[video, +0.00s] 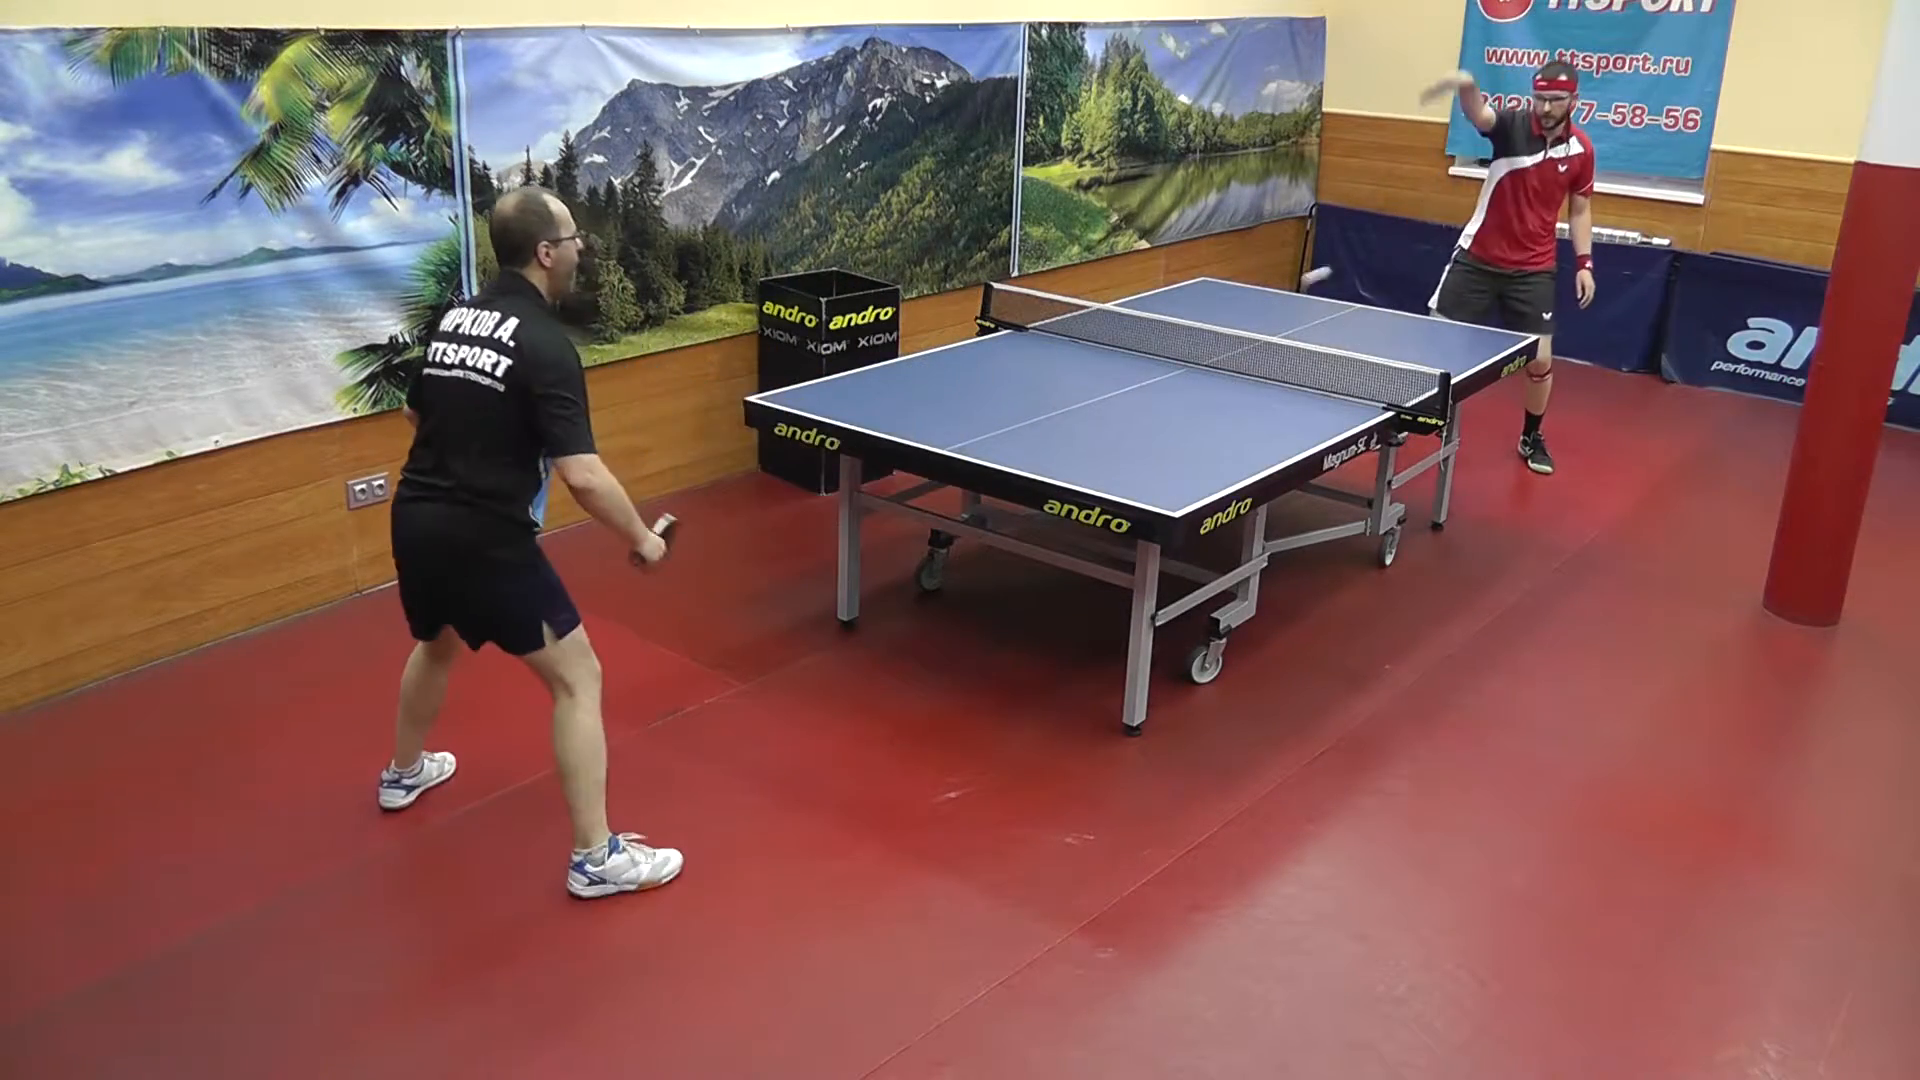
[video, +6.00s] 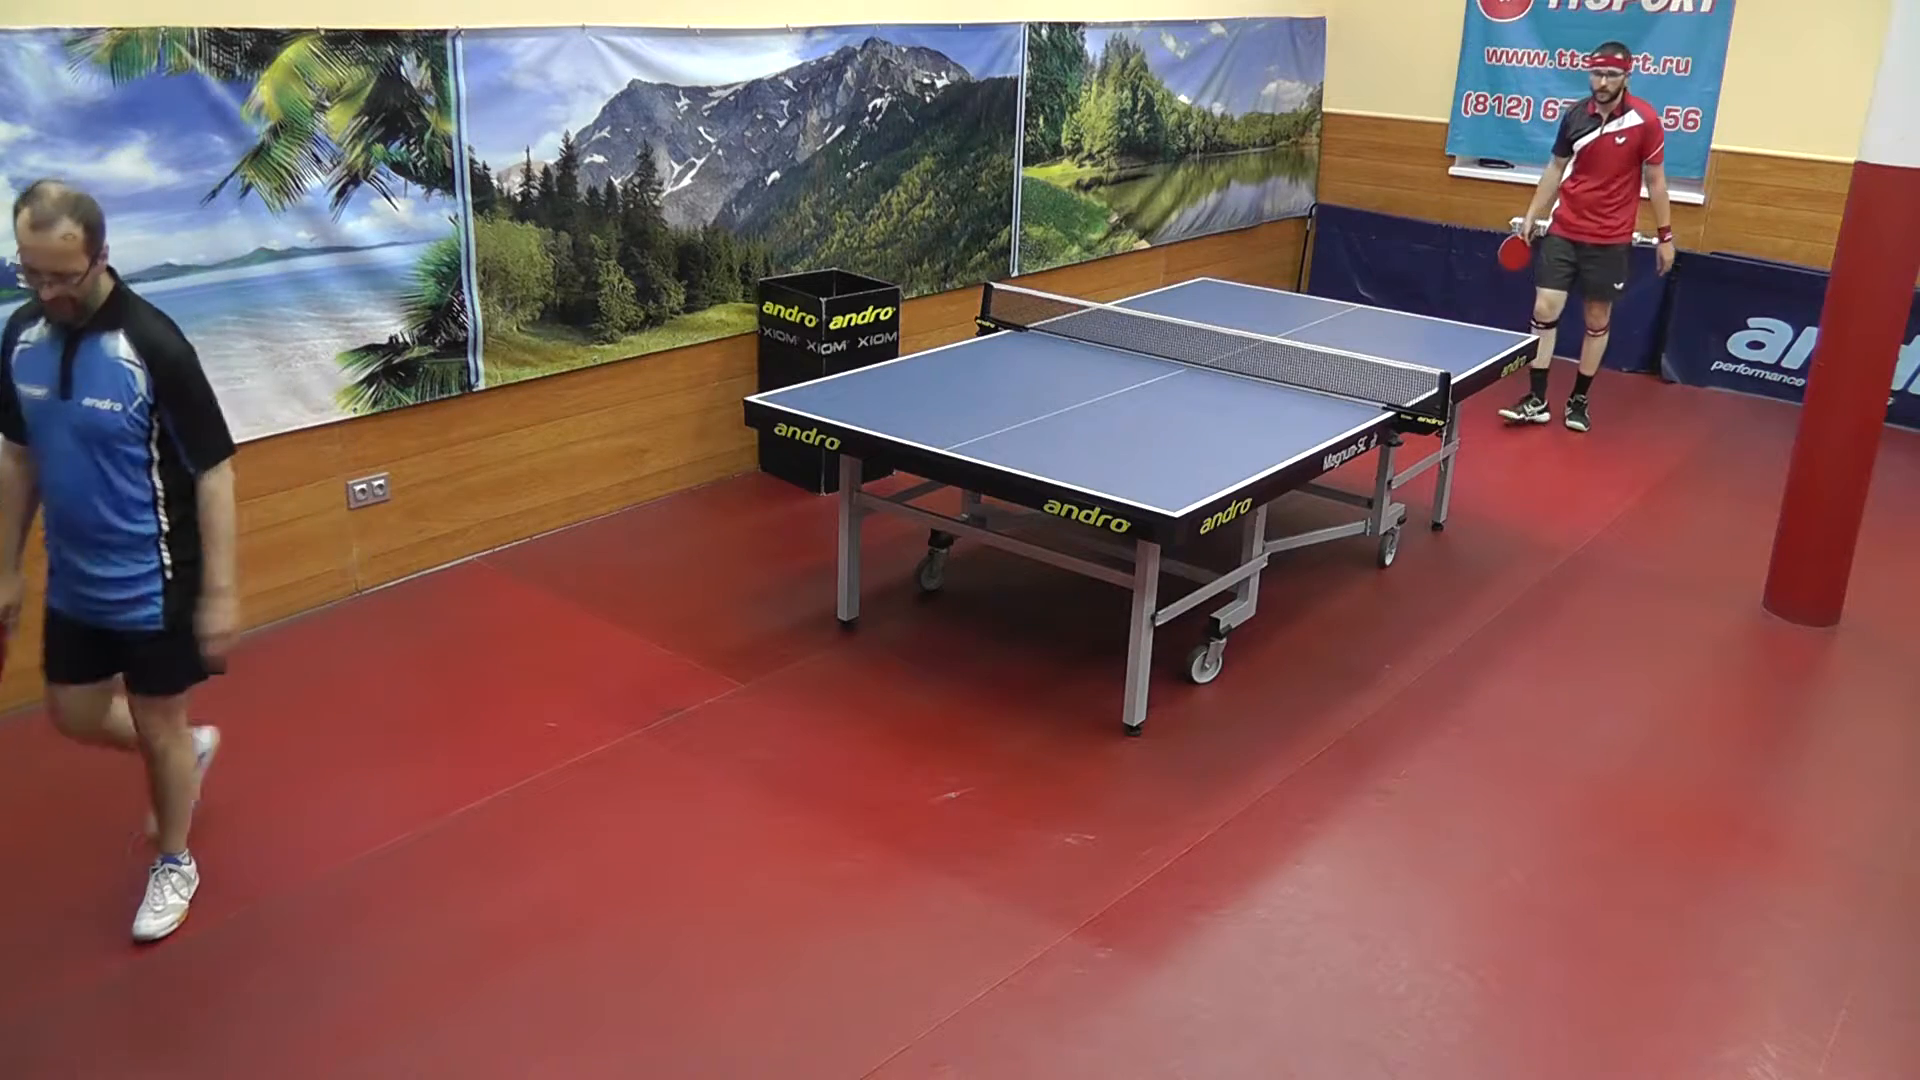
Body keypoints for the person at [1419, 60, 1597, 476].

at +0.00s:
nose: (1547, 108)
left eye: (1557, 100)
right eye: (1541, 99)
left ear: (1573, 101)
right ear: (1532, 95)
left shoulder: (1580, 149)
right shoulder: (1511, 120)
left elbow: (1580, 210)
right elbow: (1480, 116)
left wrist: (1584, 265)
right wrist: (1467, 89)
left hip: (1533, 269)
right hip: (1476, 258)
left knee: (1541, 361)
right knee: (1435, 338)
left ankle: (1532, 437)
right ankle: (1424, 410)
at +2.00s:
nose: (1504, 113)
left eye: (1514, 105)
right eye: (1500, 104)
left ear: (1534, 106)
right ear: (1494, 104)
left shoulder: (1561, 154)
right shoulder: (1484, 151)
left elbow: (1573, 216)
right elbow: (1457, 193)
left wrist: (1553, 267)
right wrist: (1442, 216)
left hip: (1531, 280)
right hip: (1478, 270)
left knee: (1539, 372)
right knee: (1431, 337)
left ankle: (1550, 438)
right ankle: (1417, 411)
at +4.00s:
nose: (1412, 97)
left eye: (1421, 88)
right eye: (1407, 88)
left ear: (1444, 89)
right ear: (1403, 91)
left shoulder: (1480, 132)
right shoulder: (1404, 142)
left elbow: (1511, 186)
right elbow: (1372, 196)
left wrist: (1514, 228)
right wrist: (1329, 202)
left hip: (1481, 270)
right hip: (1425, 268)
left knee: (1504, 356)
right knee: (1391, 343)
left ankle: (1520, 441)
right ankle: (1385, 427)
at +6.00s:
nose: (1602, 84)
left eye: (1611, 76)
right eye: (1597, 75)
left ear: (1626, 77)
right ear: (1589, 74)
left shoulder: (1645, 123)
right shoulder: (1574, 116)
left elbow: (1656, 182)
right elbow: (1555, 168)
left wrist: (1665, 237)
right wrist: (1531, 217)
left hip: (1610, 241)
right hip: (1562, 232)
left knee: (1596, 322)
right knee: (1544, 312)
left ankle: (1579, 401)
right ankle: (1536, 398)